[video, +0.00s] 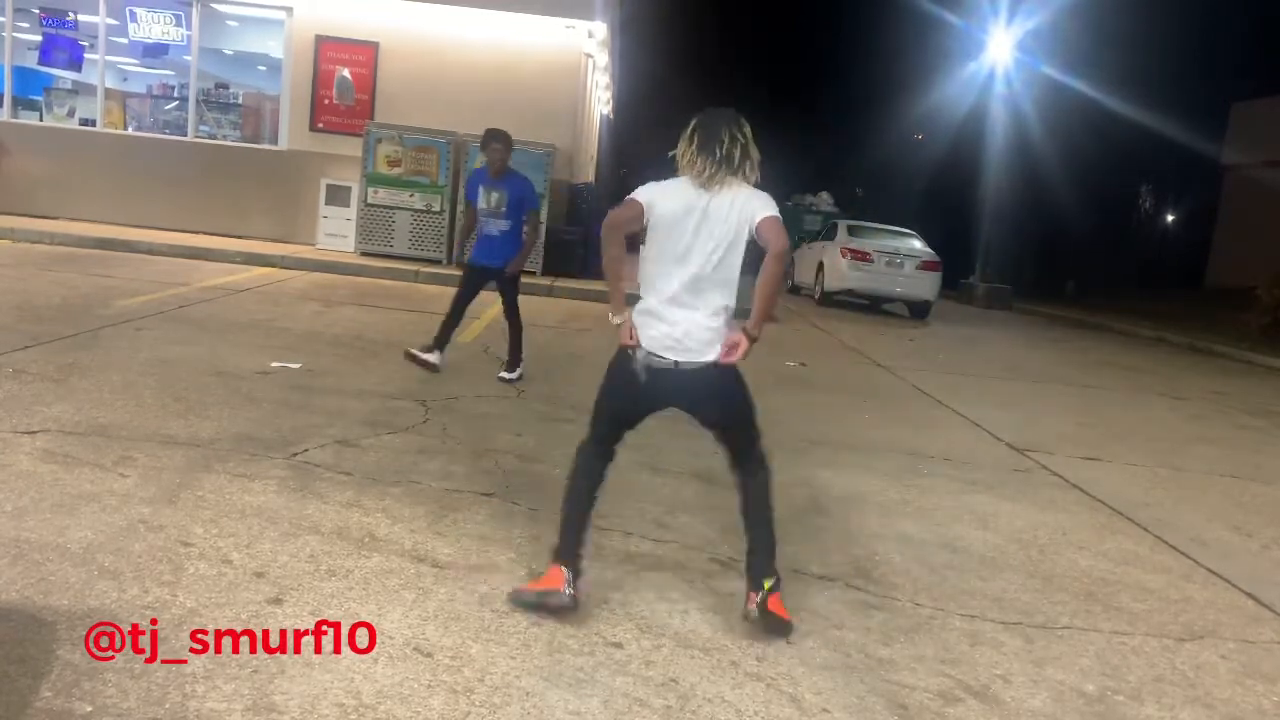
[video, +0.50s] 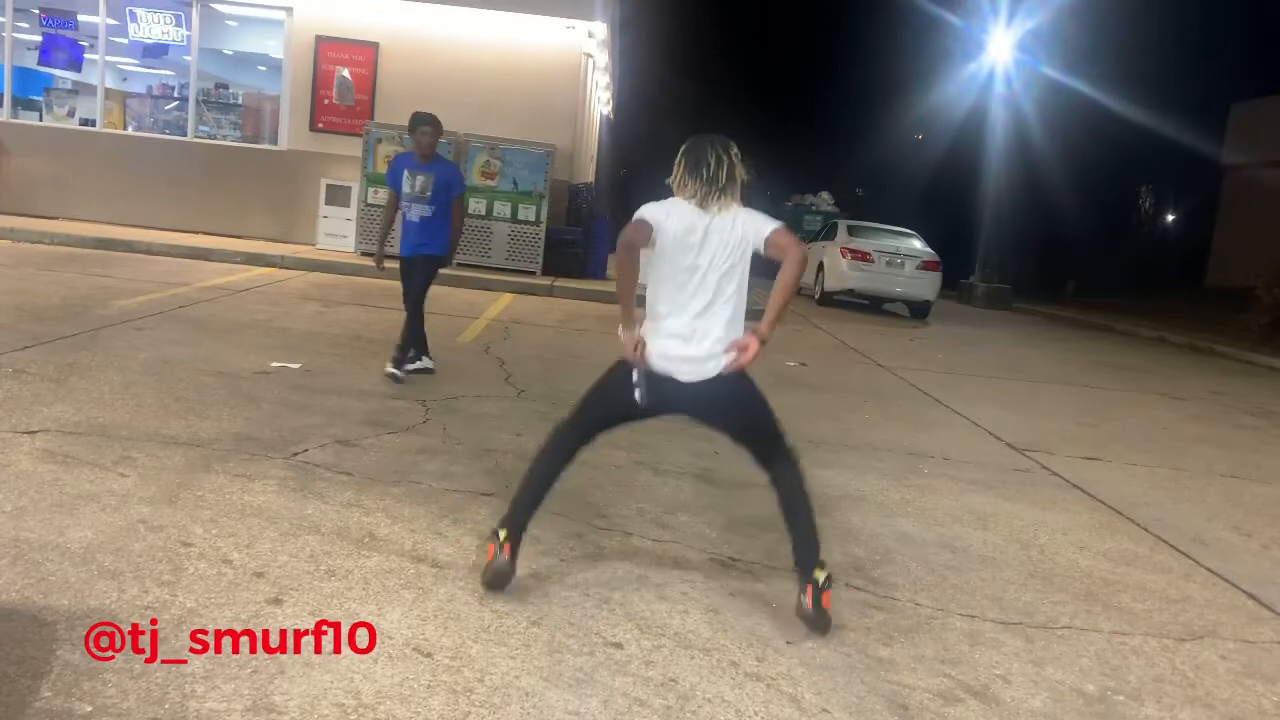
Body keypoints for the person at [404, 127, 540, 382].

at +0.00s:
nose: (497, 156)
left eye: (502, 151)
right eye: (493, 151)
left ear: (510, 154)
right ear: (484, 153)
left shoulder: (522, 185)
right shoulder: (475, 179)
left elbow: (533, 228)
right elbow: (470, 217)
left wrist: (520, 259)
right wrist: (459, 247)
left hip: (508, 260)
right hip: (481, 256)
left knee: (511, 312)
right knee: (460, 301)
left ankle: (514, 365)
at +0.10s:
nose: (482, 156)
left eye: (487, 151)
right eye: (477, 150)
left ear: (495, 153)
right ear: (469, 152)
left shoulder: (507, 184)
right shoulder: (460, 179)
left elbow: (518, 228)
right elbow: (455, 217)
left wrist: (511, 264)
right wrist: (449, 252)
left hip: (494, 261)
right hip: (466, 256)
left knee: (502, 311)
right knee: (443, 303)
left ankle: (513, 363)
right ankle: (426, 356)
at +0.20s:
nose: (467, 152)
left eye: (472, 147)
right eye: (462, 147)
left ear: (479, 151)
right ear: (452, 149)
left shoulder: (490, 183)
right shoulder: (445, 178)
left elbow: (502, 224)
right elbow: (443, 219)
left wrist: (501, 264)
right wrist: (434, 253)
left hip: (478, 260)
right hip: (449, 256)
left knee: (485, 309)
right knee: (428, 302)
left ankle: (509, 361)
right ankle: (423, 356)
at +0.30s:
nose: (450, 145)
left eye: (454, 140)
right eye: (445, 140)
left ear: (462, 143)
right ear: (436, 142)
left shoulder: (473, 176)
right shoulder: (427, 171)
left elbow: (485, 220)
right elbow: (424, 211)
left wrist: (483, 260)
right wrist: (413, 245)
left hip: (459, 253)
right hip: (432, 250)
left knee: (455, 303)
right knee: (422, 301)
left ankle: (480, 352)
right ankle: (423, 354)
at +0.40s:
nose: (439, 141)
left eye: (444, 136)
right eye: (434, 135)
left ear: (452, 139)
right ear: (426, 138)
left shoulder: (464, 172)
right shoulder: (416, 166)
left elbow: (474, 215)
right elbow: (409, 208)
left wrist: (468, 249)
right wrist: (398, 246)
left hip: (449, 247)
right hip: (422, 245)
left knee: (437, 298)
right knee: (419, 299)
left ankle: (449, 359)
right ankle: (422, 355)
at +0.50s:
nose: (428, 140)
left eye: (433, 135)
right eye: (423, 134)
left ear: (439, 138)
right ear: (412, 136)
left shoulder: (450, 170)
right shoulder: (400, 164)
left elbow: (458, 214)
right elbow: (391, 207)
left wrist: (451, 250)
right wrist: (381, 246)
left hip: (435, 246)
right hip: (408, 244)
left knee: (415, 301)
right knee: (411, 301)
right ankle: (422, 354)